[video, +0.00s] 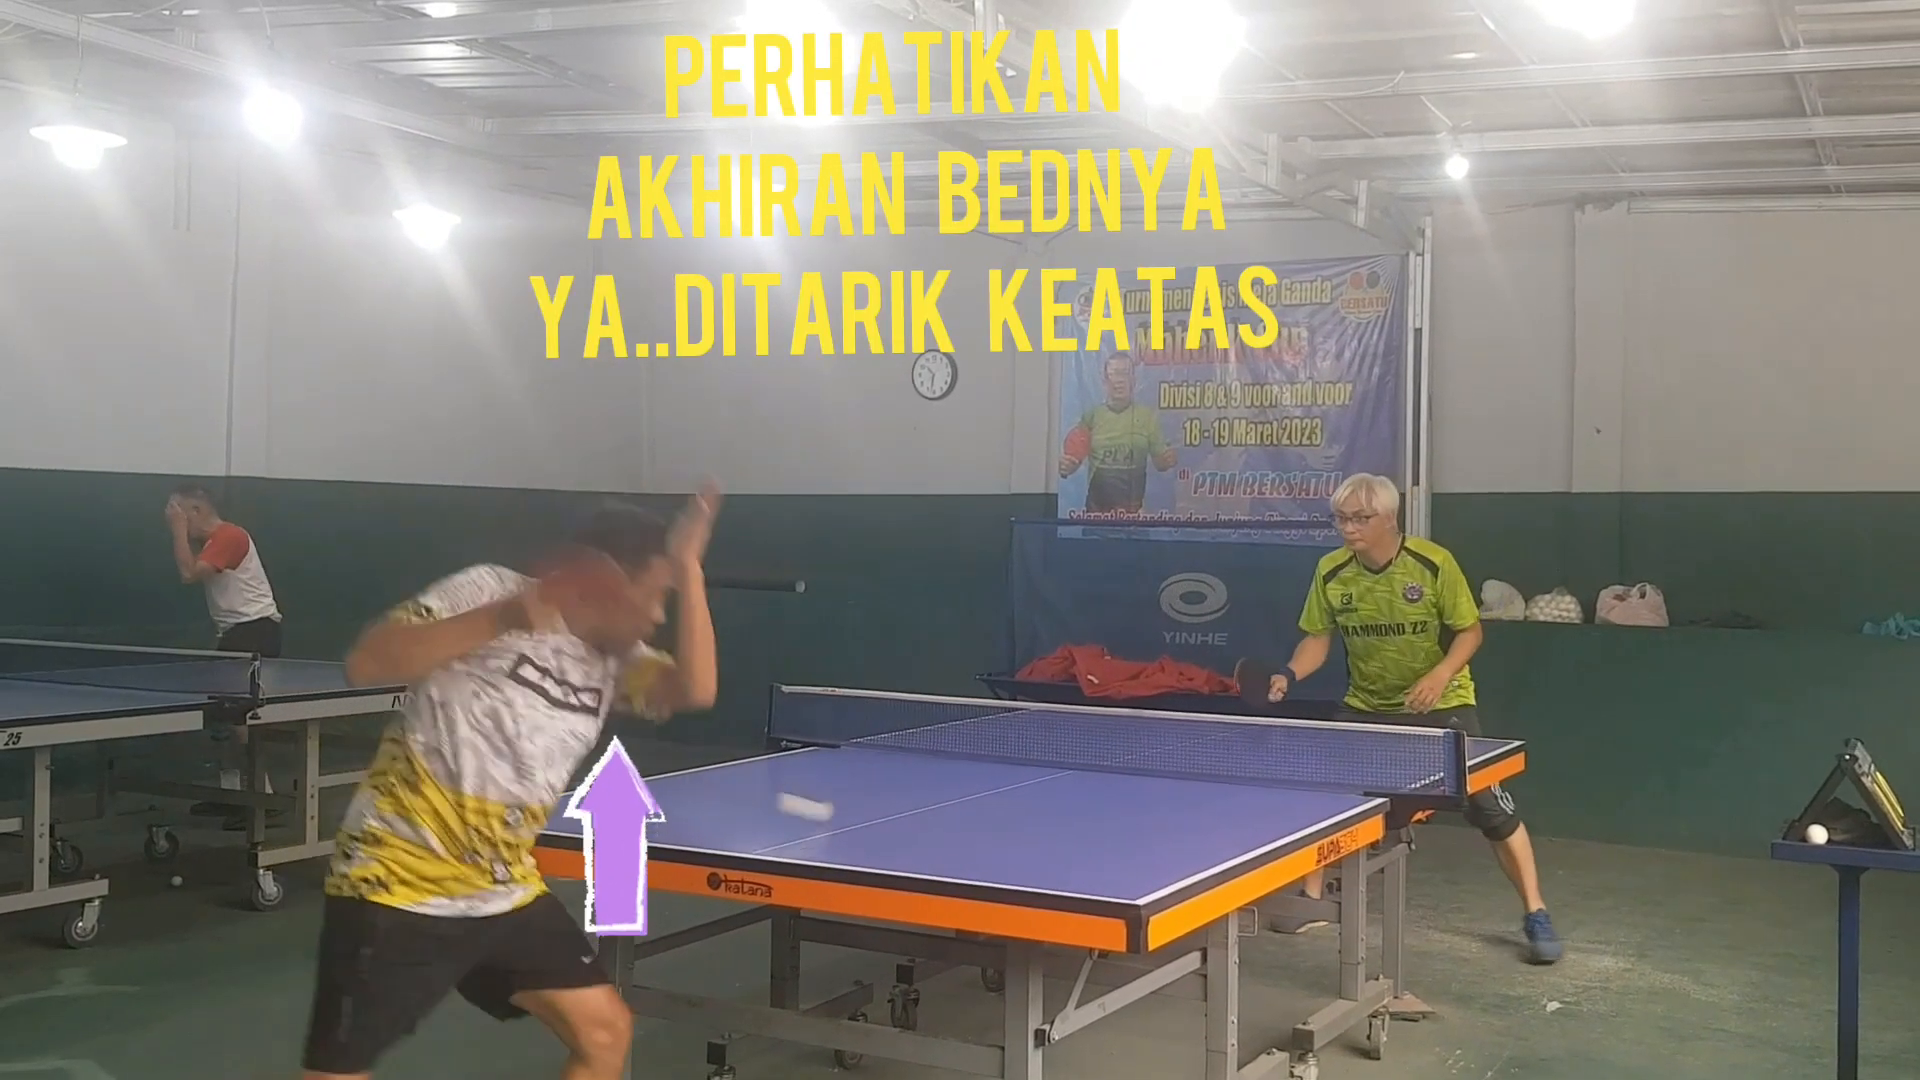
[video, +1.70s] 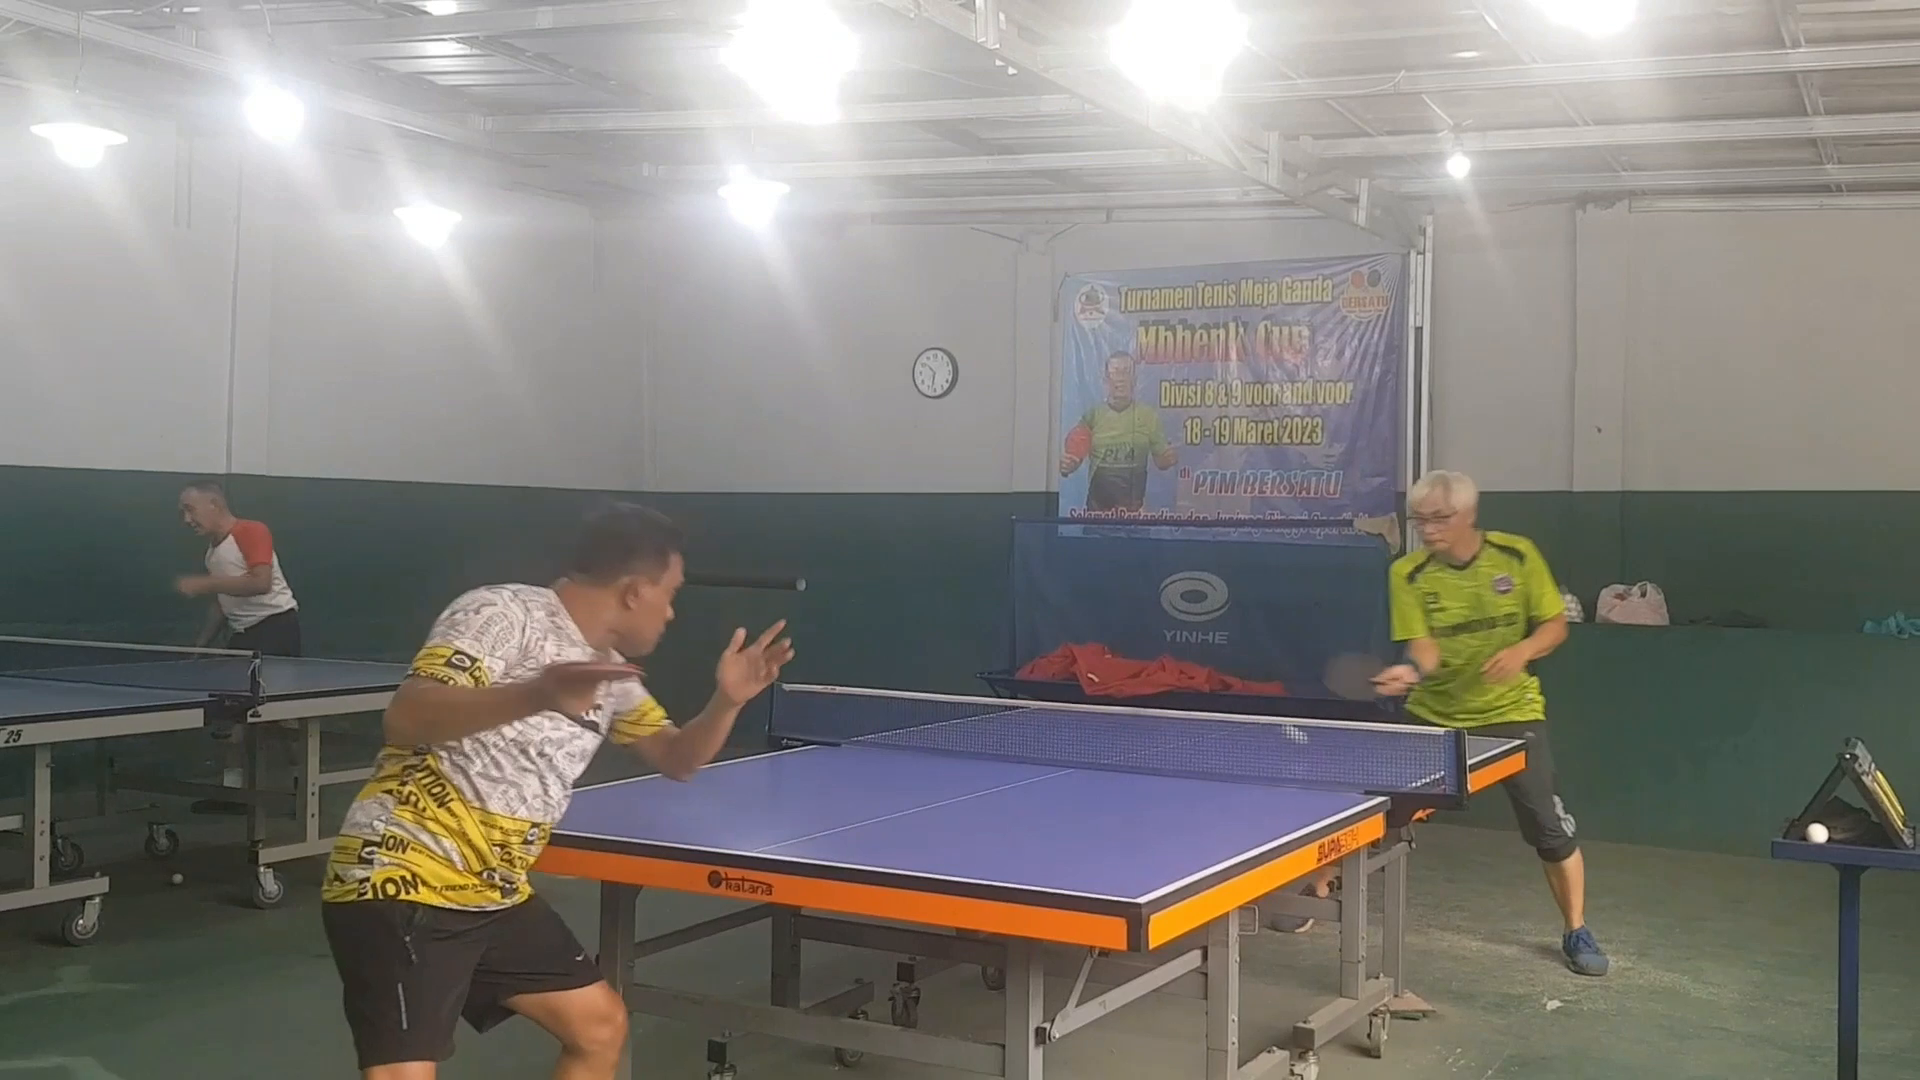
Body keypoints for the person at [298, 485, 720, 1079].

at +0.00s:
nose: (659, 617)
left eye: (666, 600)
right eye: (654, 595)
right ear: (602, 575)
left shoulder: (612, 661)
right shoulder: (490, 591)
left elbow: (696, 690)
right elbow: (366, 662)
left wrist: (687, 566)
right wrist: (502, 616)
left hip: (502, 889)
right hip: (394, 883)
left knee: (606, 1031)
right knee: (333, 1068)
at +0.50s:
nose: (693, 641)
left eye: (698, 626)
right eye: (692, 621)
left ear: (646, 614)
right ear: (648, 612)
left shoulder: (632, 687)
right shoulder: (517, 615)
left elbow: (715, 746)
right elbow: (385, 695)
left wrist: (730, 635)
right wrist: (466, 613)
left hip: (510, 897)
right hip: (411, 886)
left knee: (618, 1035)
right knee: (383, 1072)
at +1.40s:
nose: (689, 629)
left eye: (691, 613)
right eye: (688, 610)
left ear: (646, 606)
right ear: (651, 604)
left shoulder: (629, 685)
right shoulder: (509, 615)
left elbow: (705, 761)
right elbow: (402, 714)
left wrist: (744, 689)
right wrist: (506, 677)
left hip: (502, 890)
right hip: (406, 877)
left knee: (612, 1026)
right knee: (409, 1072)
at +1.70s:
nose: (671, 616)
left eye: (674, 600)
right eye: (670, 598)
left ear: (626, 592)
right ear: (631, 591)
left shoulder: (607, 672)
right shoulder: (495, 613)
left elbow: (679, 758)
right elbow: (406, 717)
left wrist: (726, 702)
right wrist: (533, 695)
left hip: (490, 887)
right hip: (398, 878)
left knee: (600, 1027)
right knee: (402, 1075)